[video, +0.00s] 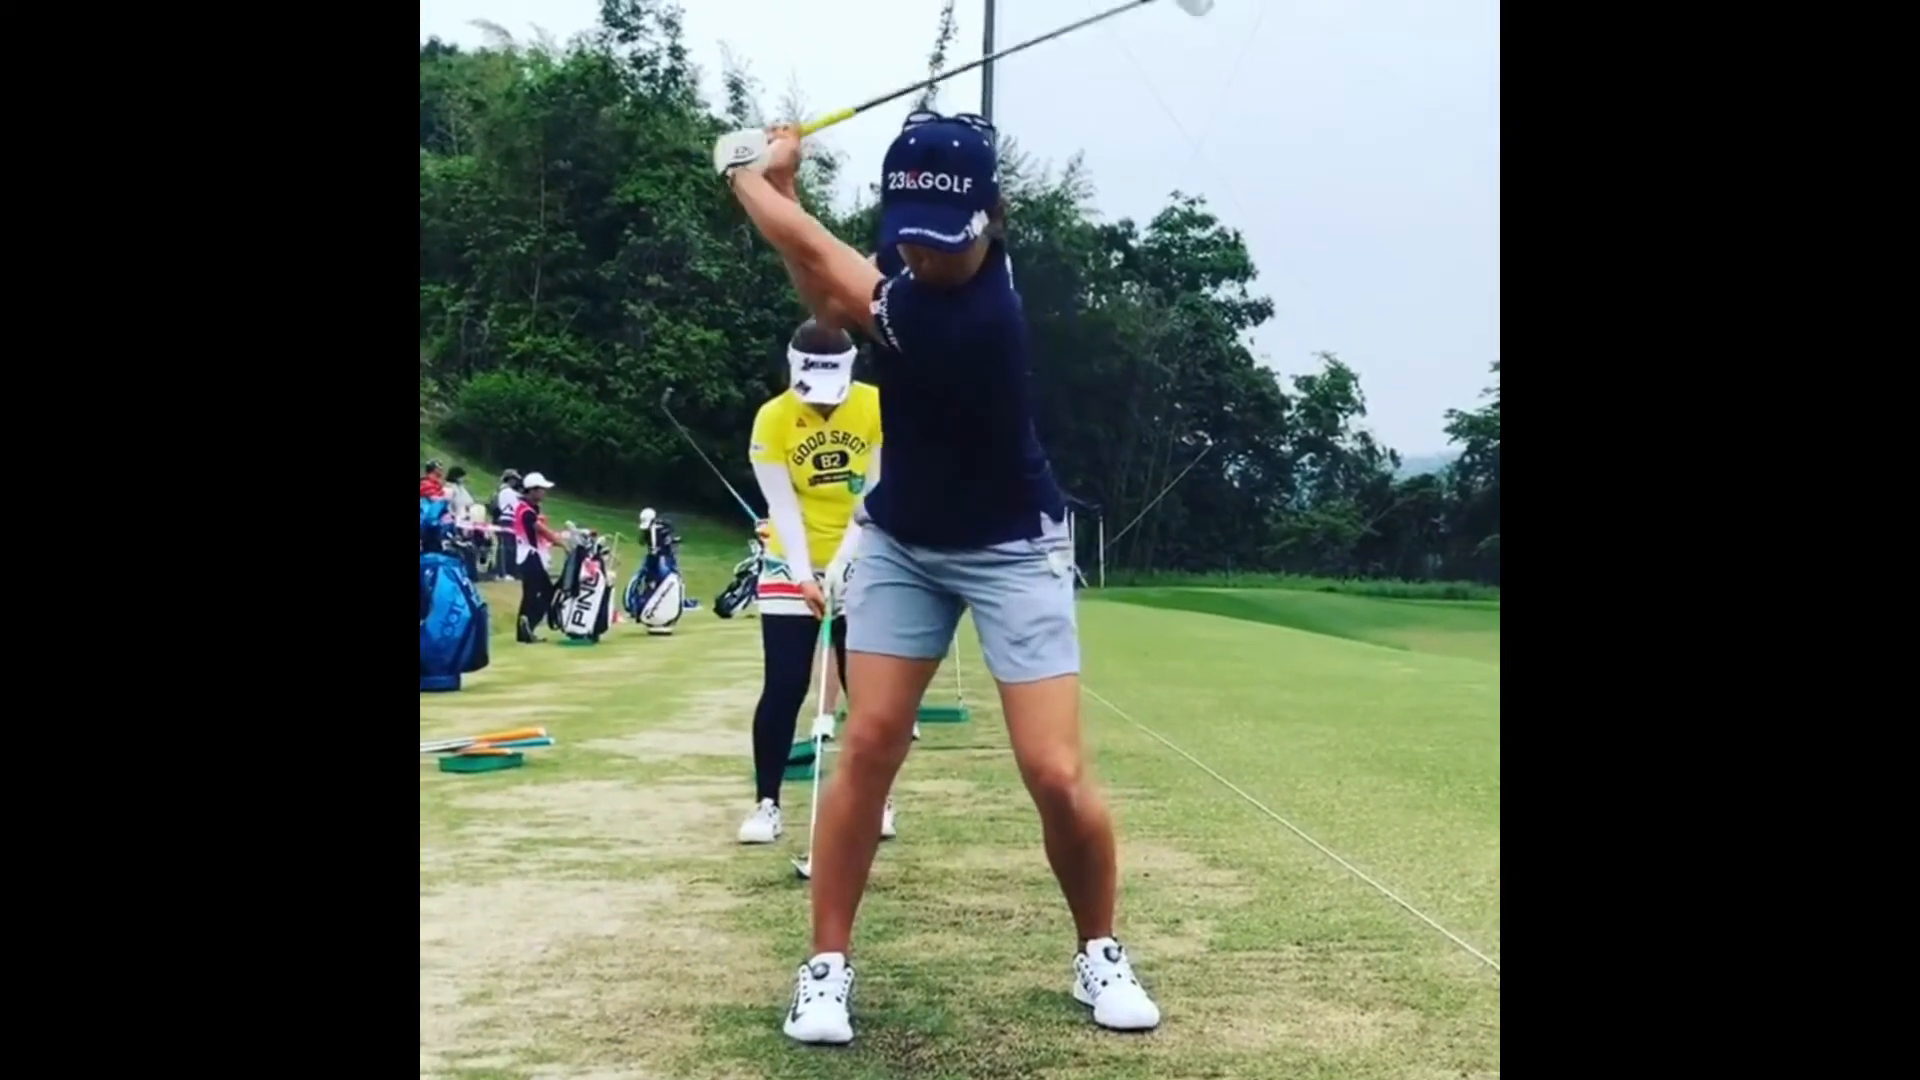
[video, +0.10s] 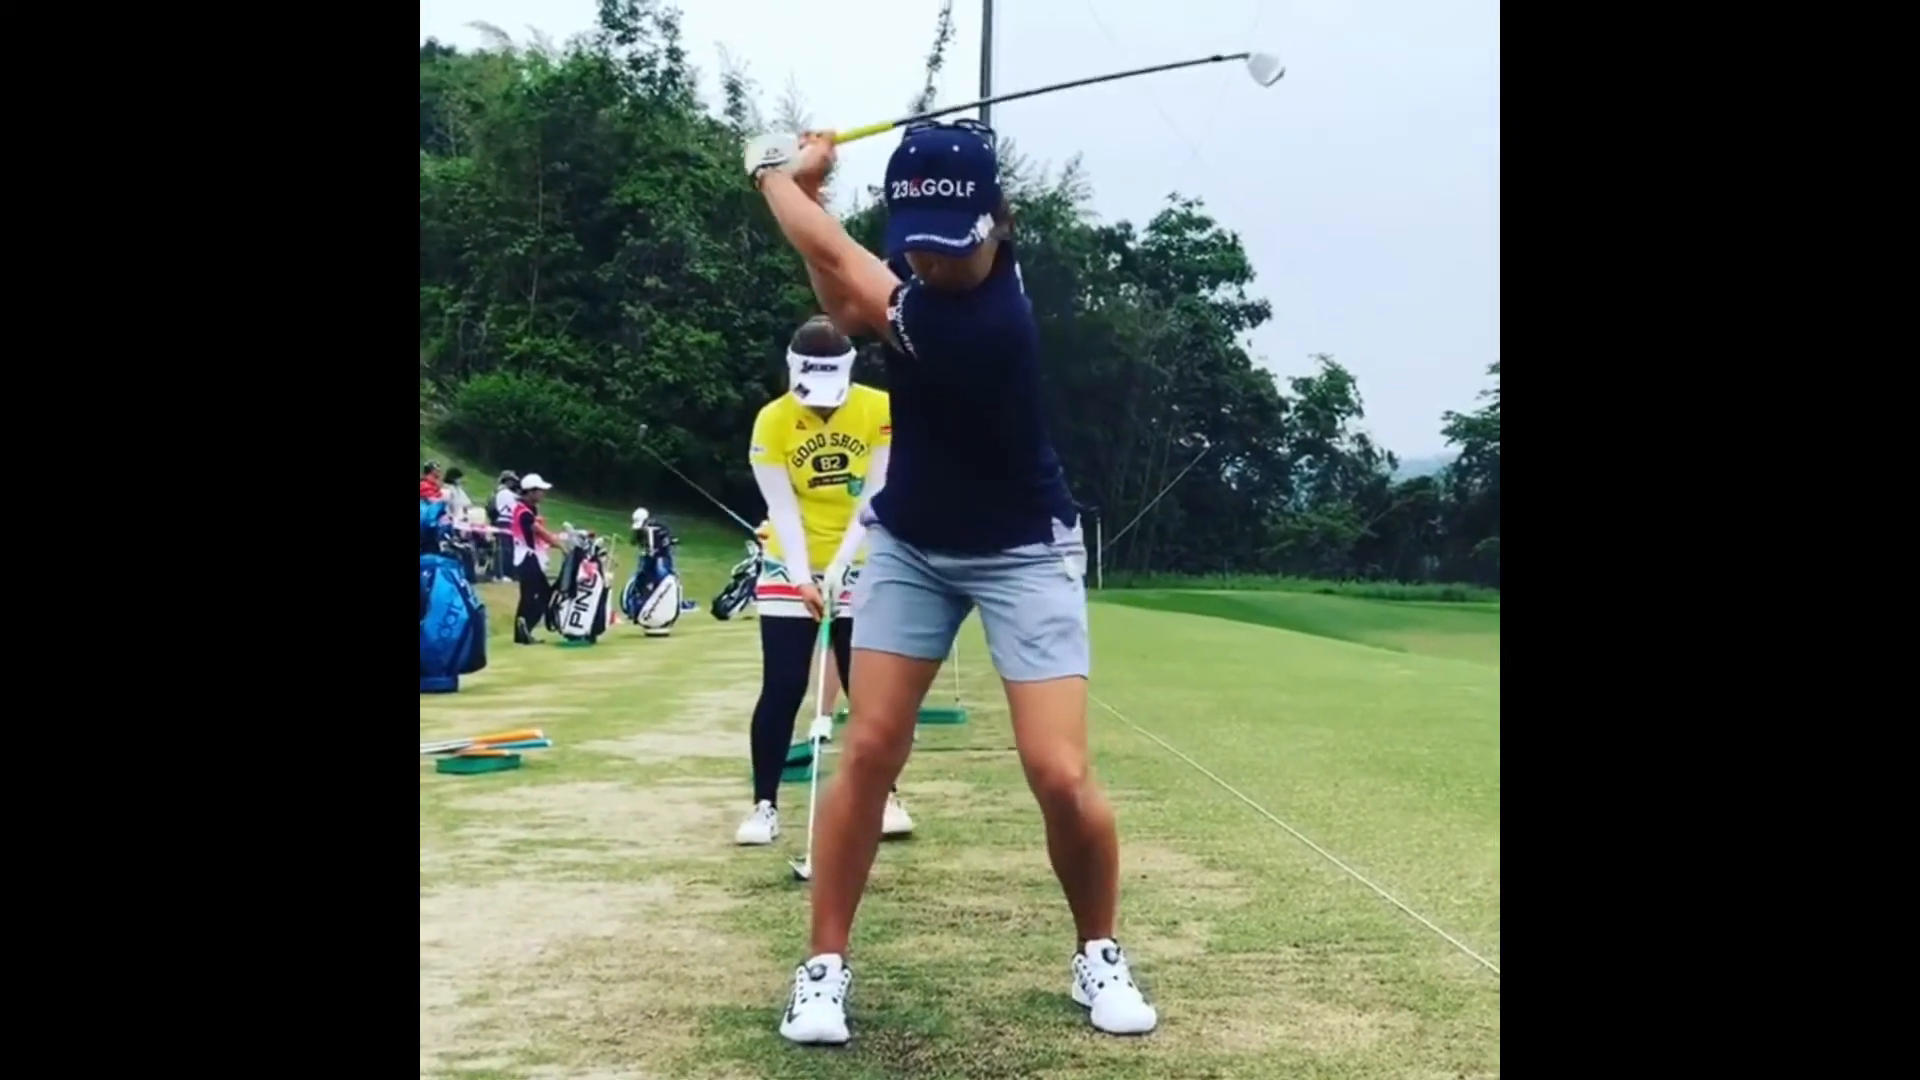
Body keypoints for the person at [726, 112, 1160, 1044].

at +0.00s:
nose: (931, 253)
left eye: (952, 233)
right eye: (914, 233)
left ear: (991, 214)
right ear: (891, 213)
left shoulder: (977, 311)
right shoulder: (904, 276)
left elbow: (808, 253)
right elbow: (836, 291)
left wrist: (747, 176)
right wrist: (783, 188)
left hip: (1016, 551)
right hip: (900, 543)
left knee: (1057, 775)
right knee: (871, 736)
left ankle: (1100, 952)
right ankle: (827, 962)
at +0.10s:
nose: (938, 260)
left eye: (957, 239)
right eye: (920, 241)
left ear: (998, 217)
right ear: (896, 222)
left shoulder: (992, 316)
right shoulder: (910, 284)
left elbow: (828, 253)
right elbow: (847, 304)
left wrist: (772, 175)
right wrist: (811, 189)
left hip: (1025, 555)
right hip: (908, 548)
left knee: (1063, 777)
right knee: (869, 746)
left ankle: (1099, 952)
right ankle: (825, 962)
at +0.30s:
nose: (981, 281)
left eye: (985, 258)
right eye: (959, 274)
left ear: (994, 219)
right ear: (913, 263)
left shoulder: (1057, 255)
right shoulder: (895, 327)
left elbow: (1063, 416)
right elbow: (931, 475)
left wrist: (1042, 550)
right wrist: (989, 569)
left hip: (1084, 525)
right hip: (974, 542)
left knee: (1117, 725)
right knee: (950, 749)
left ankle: (1108, 953)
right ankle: (830, 959)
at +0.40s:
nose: (998, 278)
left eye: (998, 253)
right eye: (974, 272)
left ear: (995, 217)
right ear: (928, 265)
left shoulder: (1014, 214)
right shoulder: (951, 356)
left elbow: (1105, 322)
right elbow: (1101, 423)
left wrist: (1199, 424)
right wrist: (1225, 446)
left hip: (1093, 512)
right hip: (1013, 535)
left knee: (1097, 728)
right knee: (969, 752)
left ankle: (1094, 952)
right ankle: (819, 941)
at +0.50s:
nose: (1036, 248)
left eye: (1035, 231)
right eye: (1015, 242)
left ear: (960, 246)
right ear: (962, 255)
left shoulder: (971, 262)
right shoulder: (1038, 320)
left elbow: (1090, 265)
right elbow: (1138, 287)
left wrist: (1196, 252)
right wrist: (1208, 227)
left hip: (1066, 525)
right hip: (1052, 539)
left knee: (1093, 725)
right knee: (1004, 757)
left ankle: (1088, 951)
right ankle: (834, 920)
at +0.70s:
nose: (1129, 183)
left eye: (1123, 168)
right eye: (1114, 176)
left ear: (1020, 182)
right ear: (1072, 191)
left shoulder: (970, 244)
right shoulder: (1133, 252)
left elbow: (975, 182)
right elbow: (1063, 176)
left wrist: (986, 95)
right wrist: (1004, 87)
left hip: (1002, 515)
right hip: (1081, 522)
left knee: (1078, 744)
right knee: (1023, 762)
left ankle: (1081, 958)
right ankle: (878, 927)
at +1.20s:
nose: (1135, 149)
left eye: (1128, 135)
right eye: (1123, 140)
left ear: (1034, 161)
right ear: (1092, 160)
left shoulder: (979, 250)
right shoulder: (1145, 233)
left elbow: (878, 197)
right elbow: (1068, 187)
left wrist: (912, 105)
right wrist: (997, 116)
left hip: (993, 521)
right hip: (1080, 524)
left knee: (1063, 747)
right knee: (1006, 767)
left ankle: (1064, 965)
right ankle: (869, 933)